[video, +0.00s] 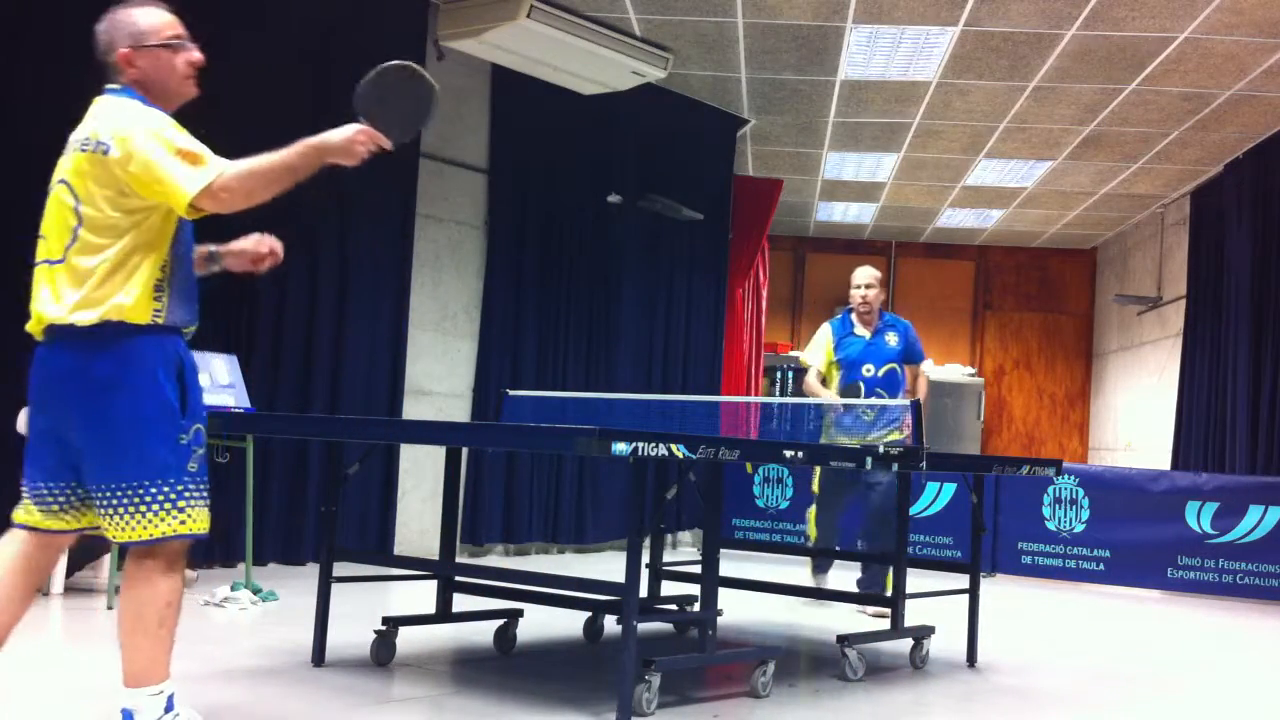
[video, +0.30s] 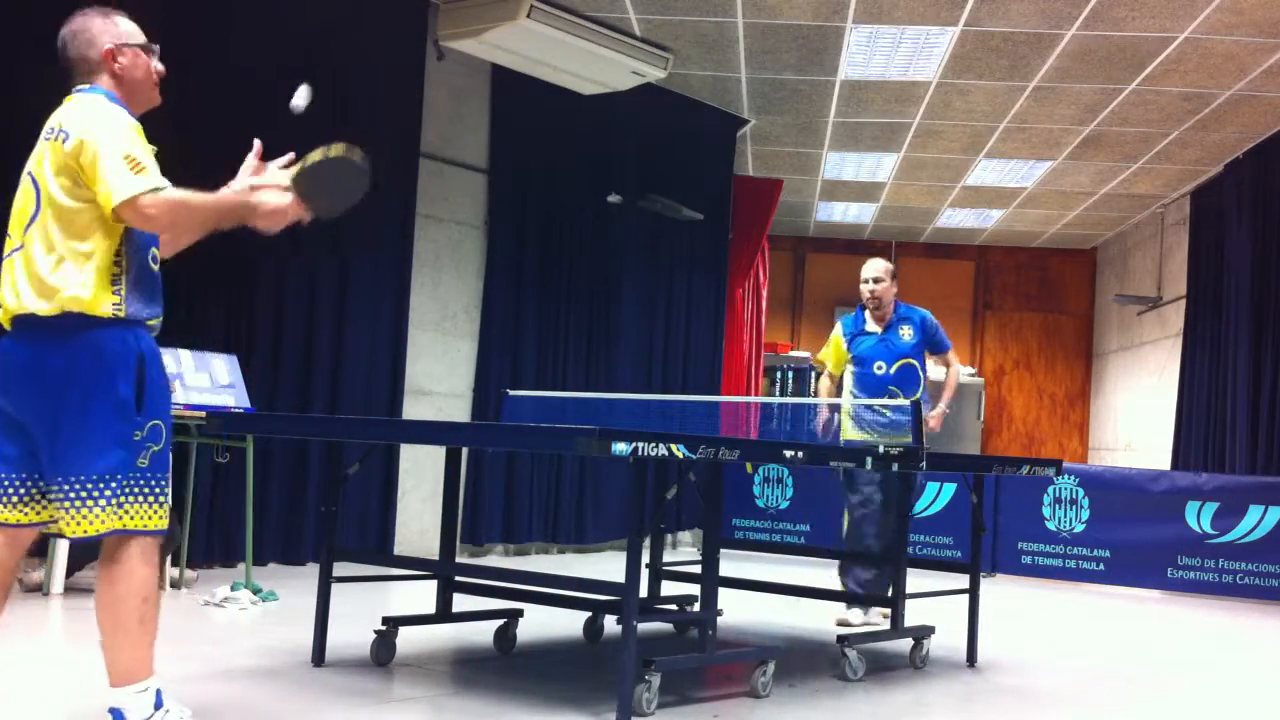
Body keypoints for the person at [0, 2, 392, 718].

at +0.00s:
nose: (196, 57)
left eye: (191, 44)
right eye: (178, 45)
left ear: (131, 63)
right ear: (131, 61)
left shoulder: (101, 125)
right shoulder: (131, 123)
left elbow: (124, 252)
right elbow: (216, 188)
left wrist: (220, 256)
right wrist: (322, 147)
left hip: (63, 356)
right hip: (127, 353)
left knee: (42, 529)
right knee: (159, 541)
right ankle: (147, 705)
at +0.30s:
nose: (160, 65)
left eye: (156, 52)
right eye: (151, 52)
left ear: (97, 64)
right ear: (117, 59)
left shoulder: (64, 125)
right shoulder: (102, 118)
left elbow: (148, 246)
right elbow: (143, 208)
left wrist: (231, 197)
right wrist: (250, 202)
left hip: (28, 347)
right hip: (101, 346)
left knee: (12, 529)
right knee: (134, 531)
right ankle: (135, 703)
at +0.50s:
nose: (182, 96)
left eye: (180, 83)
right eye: (180, 82)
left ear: (110, 80)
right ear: (163, 76)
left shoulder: (77, 142)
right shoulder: (138, 129)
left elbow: (112, 248)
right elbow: (160, 220)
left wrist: (211, 234)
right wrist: (241, 258)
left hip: (48, 358)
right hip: (129, 358)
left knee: (33, 532)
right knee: (154, 535)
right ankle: (138, 704)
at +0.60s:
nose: (205, 110)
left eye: (204, 100)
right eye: (204, 99)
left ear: (134, 92)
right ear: (190, 92)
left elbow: (57, 279)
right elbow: (191, 221)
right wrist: (257, 276)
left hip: (70, 359)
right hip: (151, 359)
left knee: (64, 549)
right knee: (164, 548)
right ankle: (138, 706)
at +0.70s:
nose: (225, 127)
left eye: (224, 118)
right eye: (226, 118)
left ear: (156, 106)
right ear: (217, 112)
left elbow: (77, 267)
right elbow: (223, 224)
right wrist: (269, 286)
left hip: (78, 348)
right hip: (160, 350)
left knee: (105, 529)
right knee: (170, 546)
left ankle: (25, 651)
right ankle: (140, 706)